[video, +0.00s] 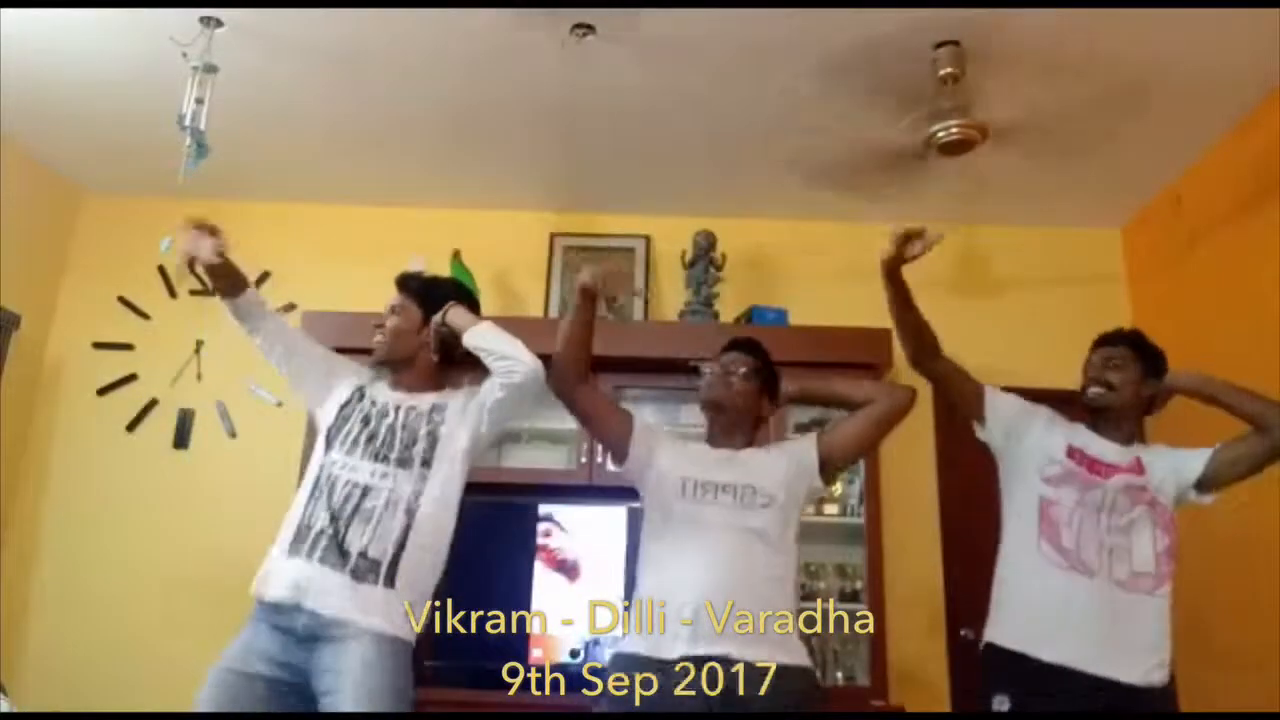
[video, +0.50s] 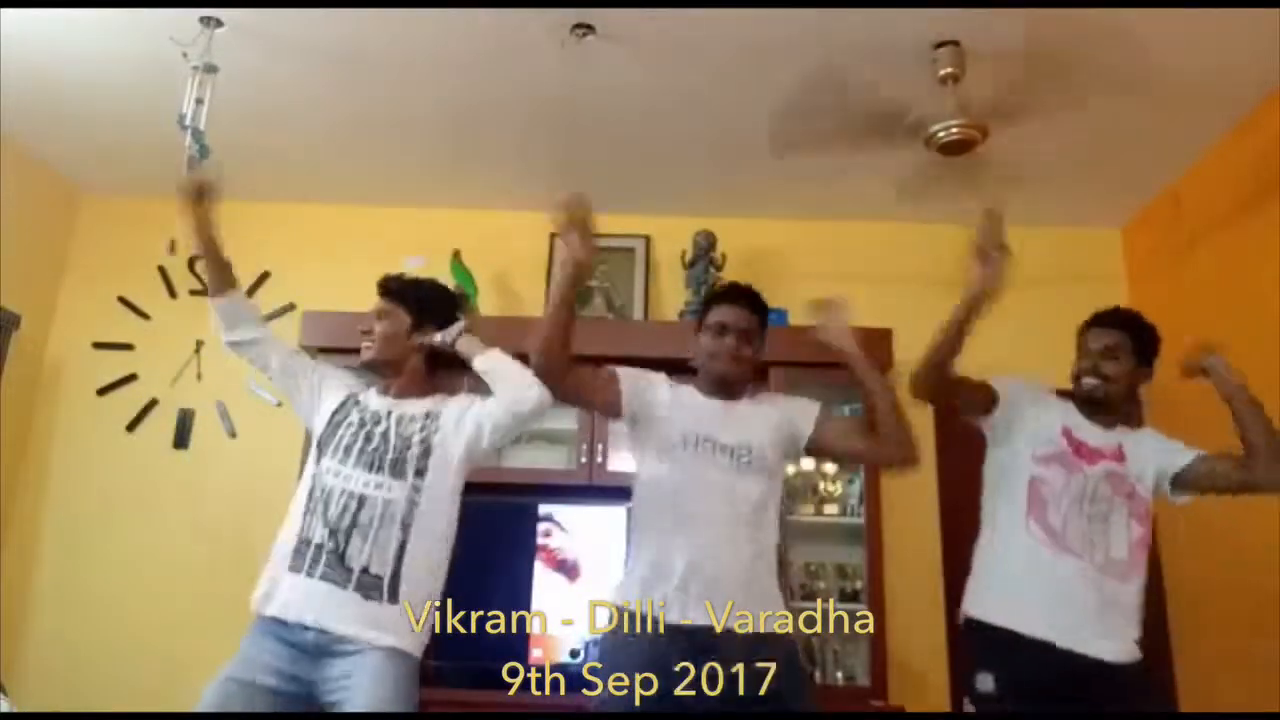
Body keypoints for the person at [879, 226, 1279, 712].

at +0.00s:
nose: (1095, 371)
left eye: (1114, 364)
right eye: (1090, 365)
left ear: (1150, 390)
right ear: (1081, 381)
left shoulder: (1167, 470)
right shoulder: (1028, 428)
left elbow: (1273, 433)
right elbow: (928, 360)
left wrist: (1189, 384)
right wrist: (892, 274)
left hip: (1136, 689)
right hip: (1029, 673)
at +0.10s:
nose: (1095, 377)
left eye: (1114, 368)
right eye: (1090, 367)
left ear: (1149, 388)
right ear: (1080, 377)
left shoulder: (1165, 471)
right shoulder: (1026, 427)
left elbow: (1273, 444)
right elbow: (933, 362)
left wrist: (1183, 381)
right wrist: (882, 277)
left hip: (1134, 686)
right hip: (1027, 670)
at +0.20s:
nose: (1097, 388)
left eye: (1116, 382)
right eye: (1091, 379)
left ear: (1149, 407)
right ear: (1078, 391)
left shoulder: (1163, 482)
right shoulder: (1028, 444)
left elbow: (1270, 476)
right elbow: (930, 389)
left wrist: (1182, 399)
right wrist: (902, 291)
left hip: (1134, 690)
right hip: (1029, 674)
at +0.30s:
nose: (1094, 387)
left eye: (1114, 380)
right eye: (1087, 381)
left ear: (1149, 412)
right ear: (1074, 401)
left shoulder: (1161, 487)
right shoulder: (1023, 450)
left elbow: (1270, 477)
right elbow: (923, 387)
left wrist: (1180, 409)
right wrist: (914, 277)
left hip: (1136, 696)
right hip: (1029, 685)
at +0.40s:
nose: (1090, 373)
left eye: (1109, 364)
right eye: (1083, 364)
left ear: (1142, 386)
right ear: (1074, 378)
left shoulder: (1152, 468)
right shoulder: (1019, 422)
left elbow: (1268, 460)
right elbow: (928, 373)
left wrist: (1197, 383)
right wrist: (946, 271)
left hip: (1119, 679)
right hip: (1016, 665)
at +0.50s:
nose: (1090, 365)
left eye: (1109, 356)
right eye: (1084, 353)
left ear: (1141, 374)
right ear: (1073, 362)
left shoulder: (1150, 453)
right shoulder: (1021, 406)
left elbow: (1265, 472)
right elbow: (927, 385)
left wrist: (1227, 382)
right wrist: (975, 298)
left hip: (1106, 664)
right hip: (1007, 643)